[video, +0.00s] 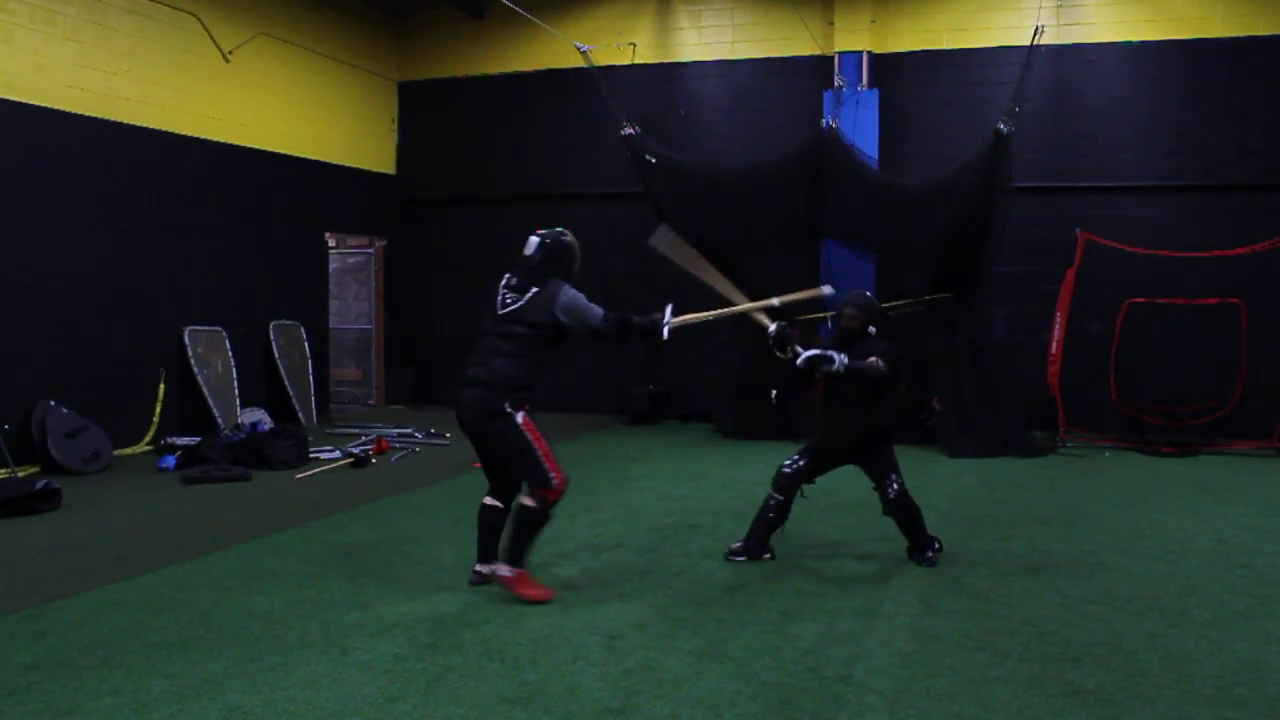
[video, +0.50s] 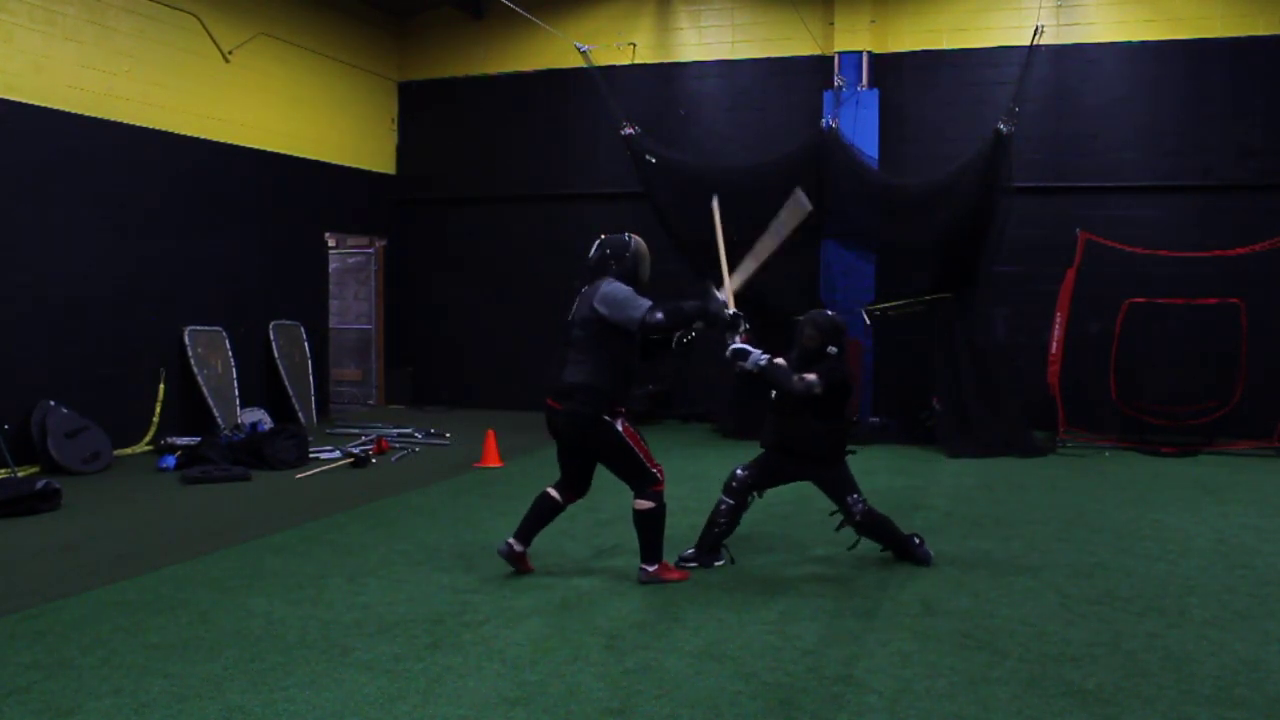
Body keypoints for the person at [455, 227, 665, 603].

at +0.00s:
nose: (572, 268)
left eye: (569, 262)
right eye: (571, 262)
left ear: (530, 256)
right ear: (564, 263)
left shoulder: (508, 283)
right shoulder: (557, 295)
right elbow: (605, 323)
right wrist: (651, 324)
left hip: (472, 400)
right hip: (501, 404)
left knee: (504, 482)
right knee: (549, 483)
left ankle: (485, 564)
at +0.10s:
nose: (594, 267)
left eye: (592, 262)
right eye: (591, 262)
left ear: (555, 254)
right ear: (585, 265)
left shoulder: (531, 271)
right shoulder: (581, 297)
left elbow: (595, 270)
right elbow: (633, 308)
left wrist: (647, 277)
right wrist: (674, 292)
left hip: (487, 398)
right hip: (528, 404)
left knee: (504, 482)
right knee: (582, 480)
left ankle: (485, 564)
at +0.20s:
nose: (614, 267)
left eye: (611, 259)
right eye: (611, 262)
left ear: (576, 254)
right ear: (604, 266)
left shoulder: (551, 269)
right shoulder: (602, 300)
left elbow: (598, 250)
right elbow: (650, 304)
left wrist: (645, 237)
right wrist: (681, 262)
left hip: (516, 403)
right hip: (558, 410)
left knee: (516, 486)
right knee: (611, 485)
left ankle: (488, 564)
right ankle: (651, 559)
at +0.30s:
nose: (626, 271)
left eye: (626, 266)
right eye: (623, 266)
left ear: (587, 263)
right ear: (616, 270)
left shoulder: (566, 285)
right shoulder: (617, 302)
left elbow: (625, 273)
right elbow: (668, 314)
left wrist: (664, 254)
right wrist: (680, 268)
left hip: (546, 412)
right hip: (590, 417)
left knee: (537, 488)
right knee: (642, 482)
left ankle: (501, 559)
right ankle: (652, 564)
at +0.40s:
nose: (638, 269)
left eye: (636, 262)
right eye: (634, 262)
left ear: (596, 261)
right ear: (621, 265)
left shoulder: (580, 294)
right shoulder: (614, 300)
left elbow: (645, 333)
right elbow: (660, 336)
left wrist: (706, 318)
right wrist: (682, 282)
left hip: (562, 409)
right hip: (600, 413)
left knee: (557, 485)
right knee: (652, 479)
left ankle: (514, 549)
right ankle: (653, 563)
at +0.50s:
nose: (641, 270)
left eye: (641, 262)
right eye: (638, 262)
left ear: (601, 260)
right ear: (626, 262)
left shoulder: (590, 295)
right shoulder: (610, 291)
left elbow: (644, 345)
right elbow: (655, 318)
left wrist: (695, 327)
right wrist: (707, 307)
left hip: (566, 407)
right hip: (595, 411)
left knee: (573, 484)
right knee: (649, 480)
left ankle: (516, 545)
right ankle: (652, 565)